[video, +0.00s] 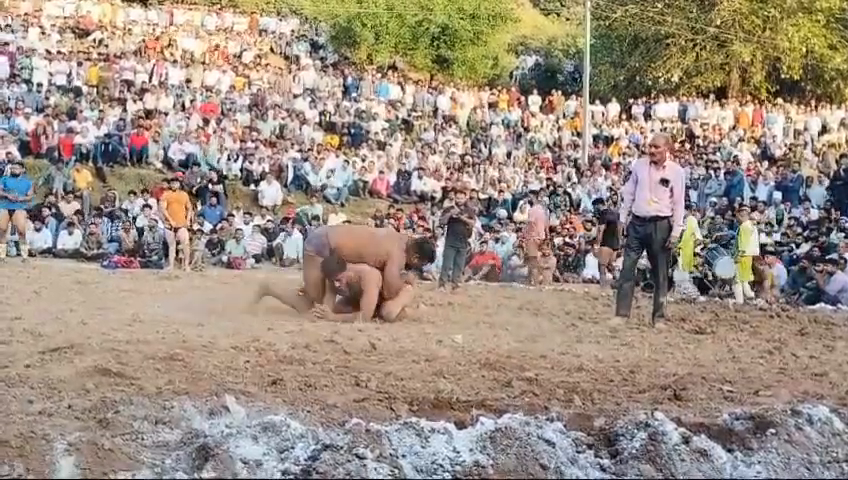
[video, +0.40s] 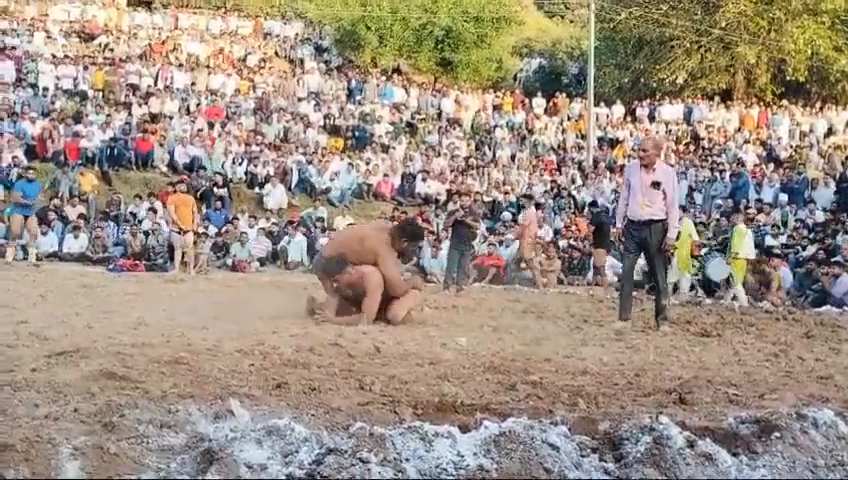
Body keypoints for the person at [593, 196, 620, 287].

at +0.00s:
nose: (595, 209)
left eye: (596, 206)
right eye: (594, 206)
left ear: (599, 205)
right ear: (604, 204)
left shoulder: (603, 215)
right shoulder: (616, 214)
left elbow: (601, 230)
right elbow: (619, 229)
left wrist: (598, 243)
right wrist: (619, 242)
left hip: (606, 243)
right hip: (615, 244)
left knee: (602, 265)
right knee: (610, 264)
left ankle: (603, 286)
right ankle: (617, 279)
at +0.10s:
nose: (593, 209)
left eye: (593, 207)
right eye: (592, 207)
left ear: (595, 206)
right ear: (601, 204)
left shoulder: (599, 215)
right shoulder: (611, 214)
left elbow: (595, 232)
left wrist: (591, 241)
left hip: (601, 244)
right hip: (612, 243)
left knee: (602, 268)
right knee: (606, 268)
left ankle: (604, 289)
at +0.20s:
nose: (591, 209)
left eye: (592, 207)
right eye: (591, 207)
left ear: (594, 206)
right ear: (600, 204)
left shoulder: (597, 214)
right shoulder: (608, 213)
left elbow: (592, 227)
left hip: (601, 243)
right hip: (609, 242)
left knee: (601, 268)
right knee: (603, 267)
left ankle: (603, 289)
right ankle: (604, 288)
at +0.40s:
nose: (589, 211)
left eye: (590, 209)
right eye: (590, 209)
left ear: (591, 209)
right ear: (598, 207)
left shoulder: (596, 217)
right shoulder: (605, 216)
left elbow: (591, 229)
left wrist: (588, 221)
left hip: (599, 245)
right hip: (606, 244)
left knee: (600, 268)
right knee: (597, 267)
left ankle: (606, 289)